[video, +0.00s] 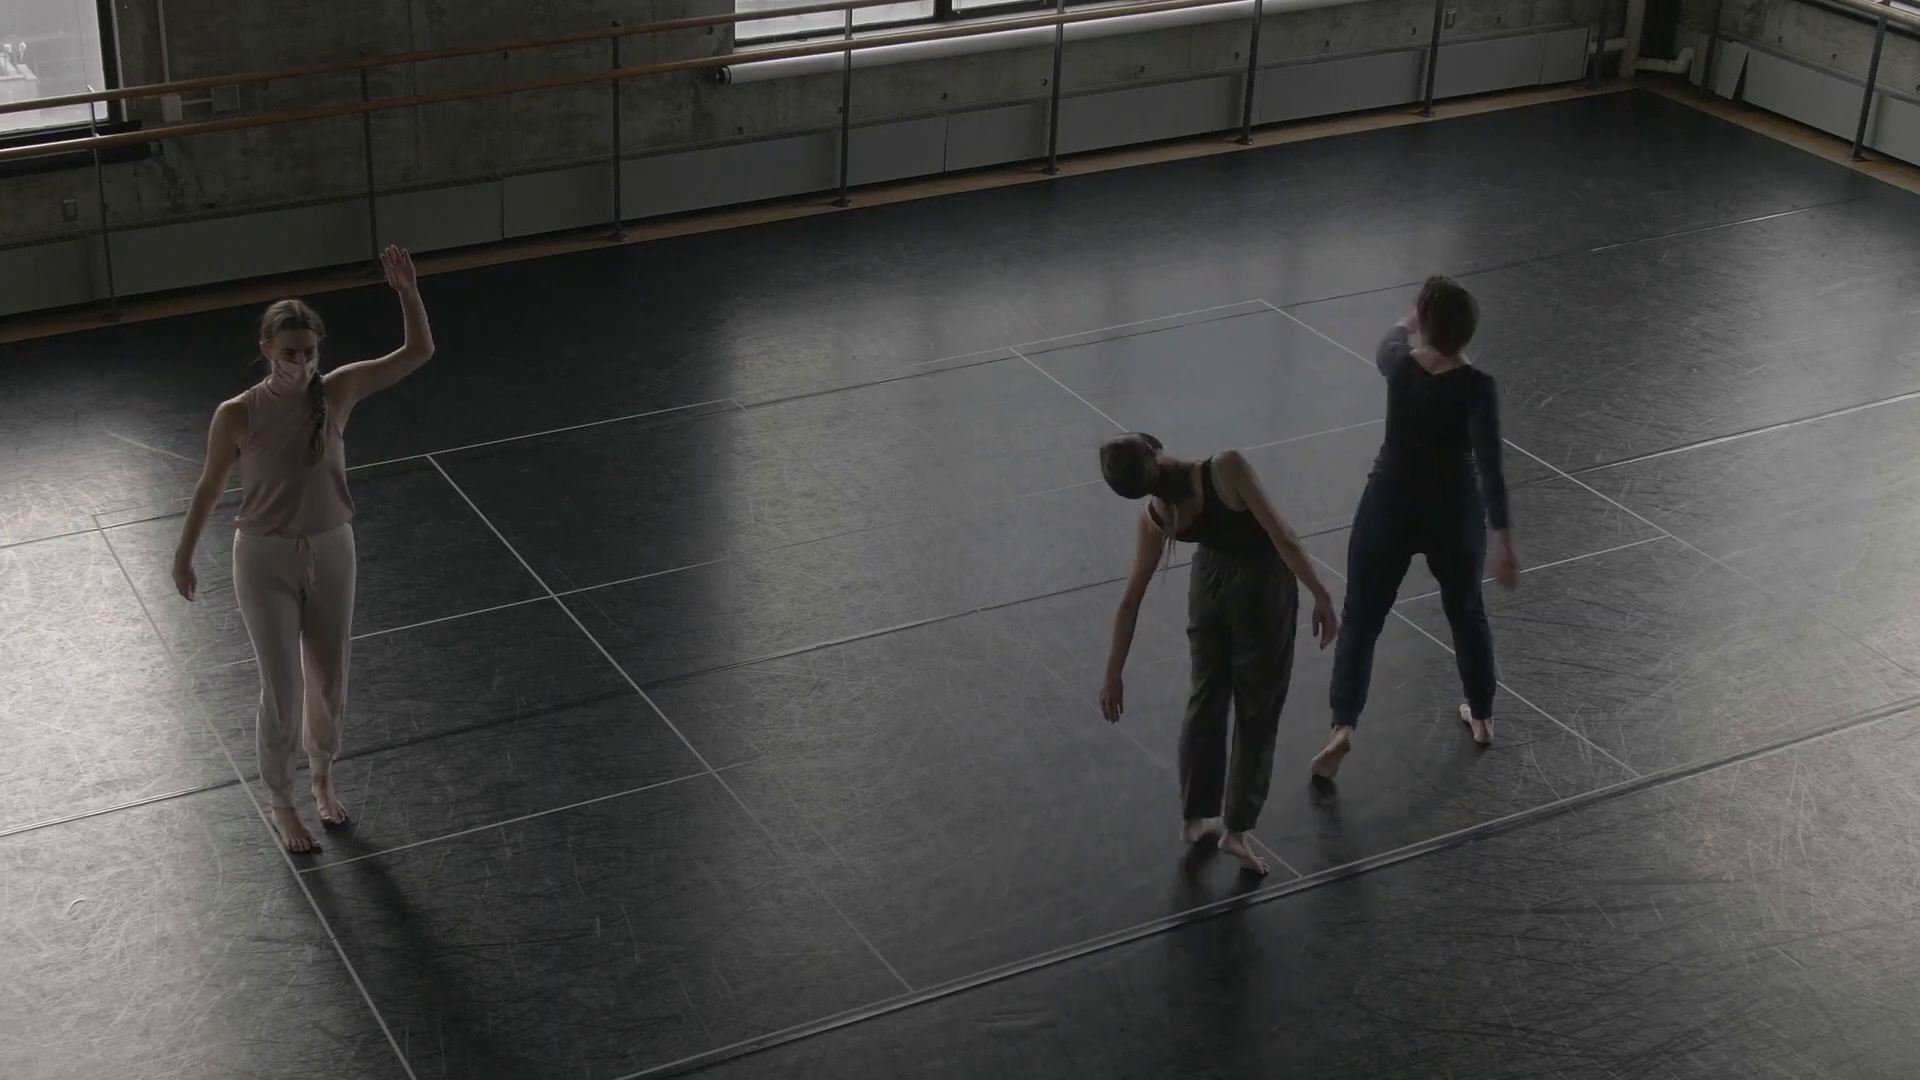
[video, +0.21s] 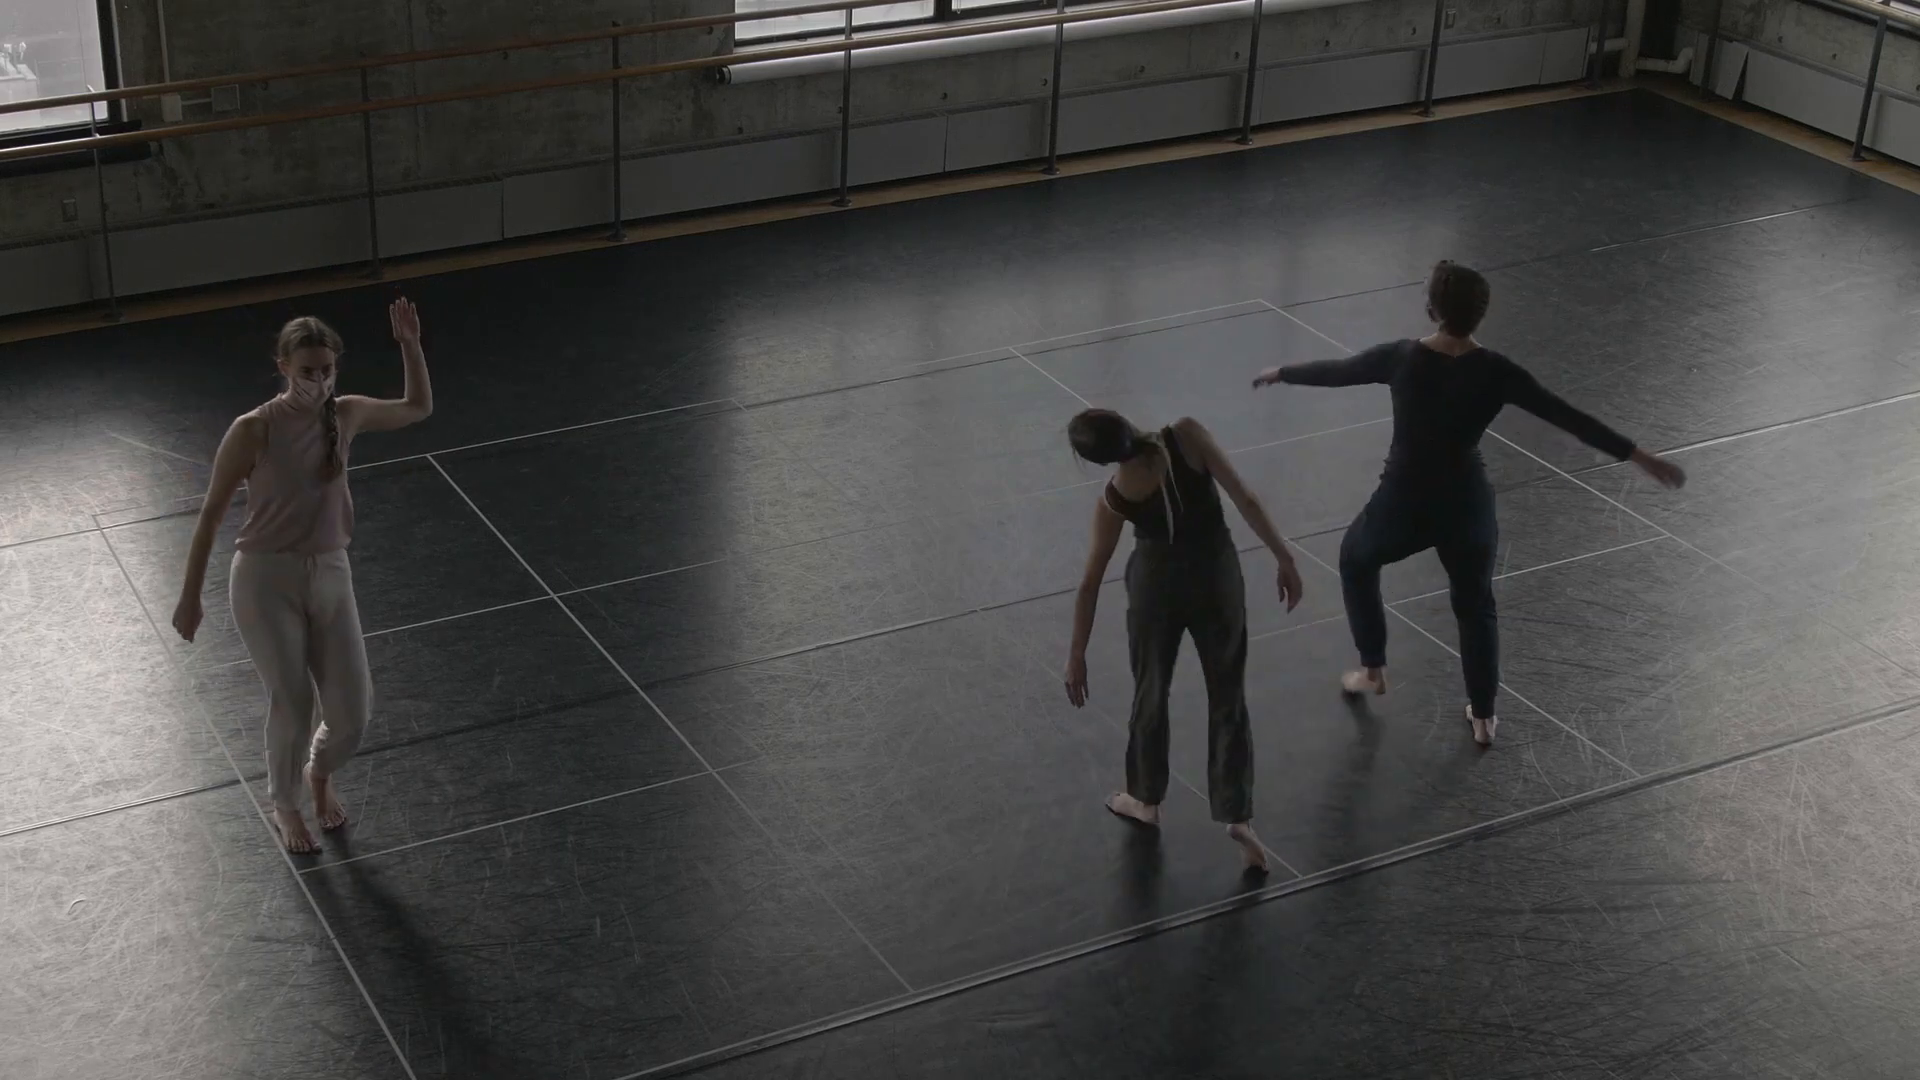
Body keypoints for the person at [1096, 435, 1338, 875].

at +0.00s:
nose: (1147, 439)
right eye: (1145, 441)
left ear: (1136, 491)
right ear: (1156, 450)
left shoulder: (1155, 518)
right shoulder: (1228, 469)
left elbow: (1130, 601)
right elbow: (1280, 535)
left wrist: (1112, 675)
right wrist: (1320, 594)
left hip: (1209, 584)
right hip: (1263, 585)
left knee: (1205, 696)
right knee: (1258, 707)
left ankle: (1197, 818)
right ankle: (1237, 831)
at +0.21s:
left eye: (1087, 455)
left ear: (1101, 460)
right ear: (1127, 424)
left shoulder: (1115, 500)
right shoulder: (1187, 436)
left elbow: (1090, 583)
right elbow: (1243, 497)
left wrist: (1076, 655)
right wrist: (1285, 558)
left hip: (1157, 590)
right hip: (1217, 581)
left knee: (1151, 691)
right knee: (1229, 697)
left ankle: (1146, 799)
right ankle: (1238, 816)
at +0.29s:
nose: (1059, 441)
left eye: (1062, 438)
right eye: (1058, 435)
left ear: (1079, 446)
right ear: (1111, 413)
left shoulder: (1095, 494)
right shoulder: (1164, 427)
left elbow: (1075, 576)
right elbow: (1223, 484)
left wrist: (1064, 649)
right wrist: (1265, 543)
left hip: (1135, 599)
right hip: (1192, 585)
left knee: (1135, 699)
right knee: (1198, 686)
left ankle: (1141, 803)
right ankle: (1225, 793)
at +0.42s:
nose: (1030, 426)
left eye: (1034, 421)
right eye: (1029, 419)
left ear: (1057, 424)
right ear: (1083, 397)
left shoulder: (1073, 478)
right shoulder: (1128, 415)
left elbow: (1066, 563)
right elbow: (1185, 459)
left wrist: (1052, 634)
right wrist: (1231, 511)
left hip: (1117, 585)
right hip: (1159, 568)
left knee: (1120, 688)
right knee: (1091, 637)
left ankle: (1140, 799)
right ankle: (1123, 747)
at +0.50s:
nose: (1013, 414)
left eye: (1017, 410)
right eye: (1013, 407)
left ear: (1039, 411)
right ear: (1060, 387)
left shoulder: (1061, 466)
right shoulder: (1093, 407)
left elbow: (1066, 557)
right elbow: (1147, 441)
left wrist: (1055, 628)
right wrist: (1193, 483)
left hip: (1097, 577)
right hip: (1127, 553)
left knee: (1108, 683)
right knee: (1054, 623)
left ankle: (1140, 790)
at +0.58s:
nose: (993, 405)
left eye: (997, 400)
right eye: (993, 398)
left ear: (1018, 404)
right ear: (1038, 381)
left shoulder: (1045, 454)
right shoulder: (1058, 399)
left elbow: (1067, 542)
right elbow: (1100, 427)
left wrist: (1066, 624)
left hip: (1077, 564)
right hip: (1078, 545)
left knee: (1059, 674)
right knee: (1030, 608)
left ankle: (1129, 769)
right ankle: (1000, 683)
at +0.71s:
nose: (964, 409)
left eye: (972, 405)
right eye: (964, 400)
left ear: (999, 405)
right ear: (1009, 395)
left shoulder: (1023, 462)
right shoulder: (1013, 410)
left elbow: (1062, 542)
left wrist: (1083, 618)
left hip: (1051, 565)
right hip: (1028, 544)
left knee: (975, 659)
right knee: (972, 620)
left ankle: (1054, 731)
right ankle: (1001, 700)